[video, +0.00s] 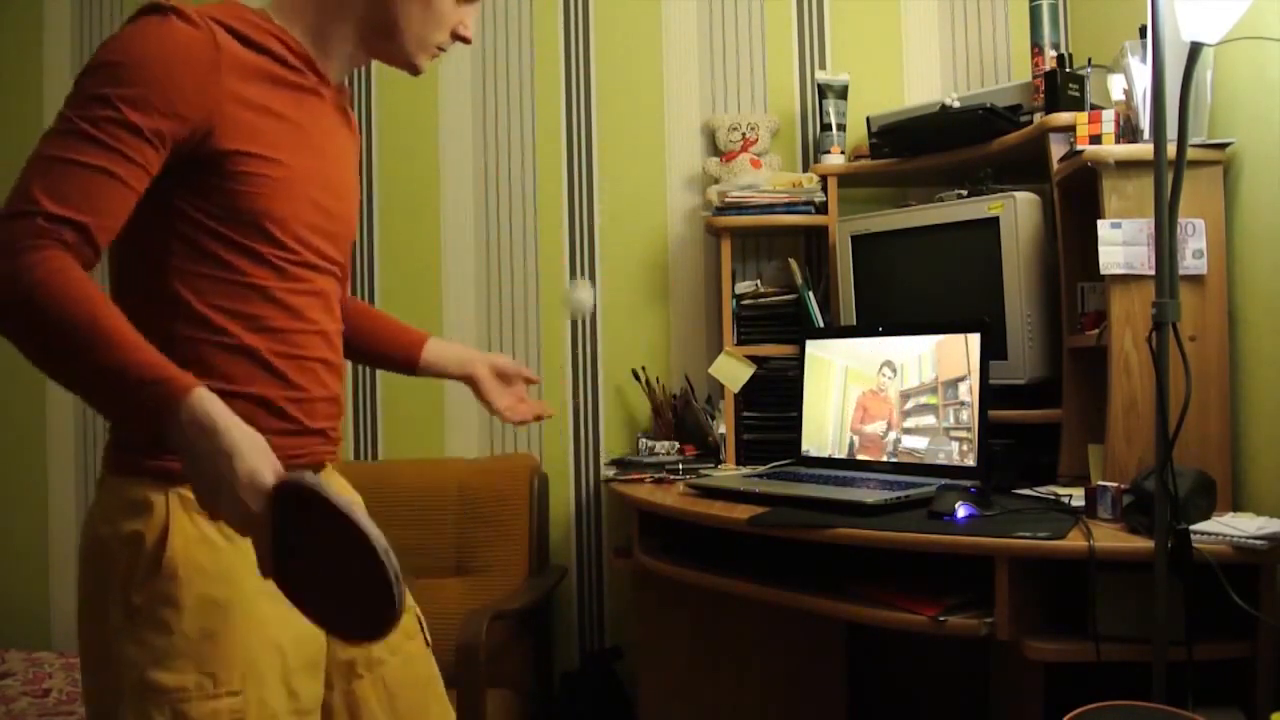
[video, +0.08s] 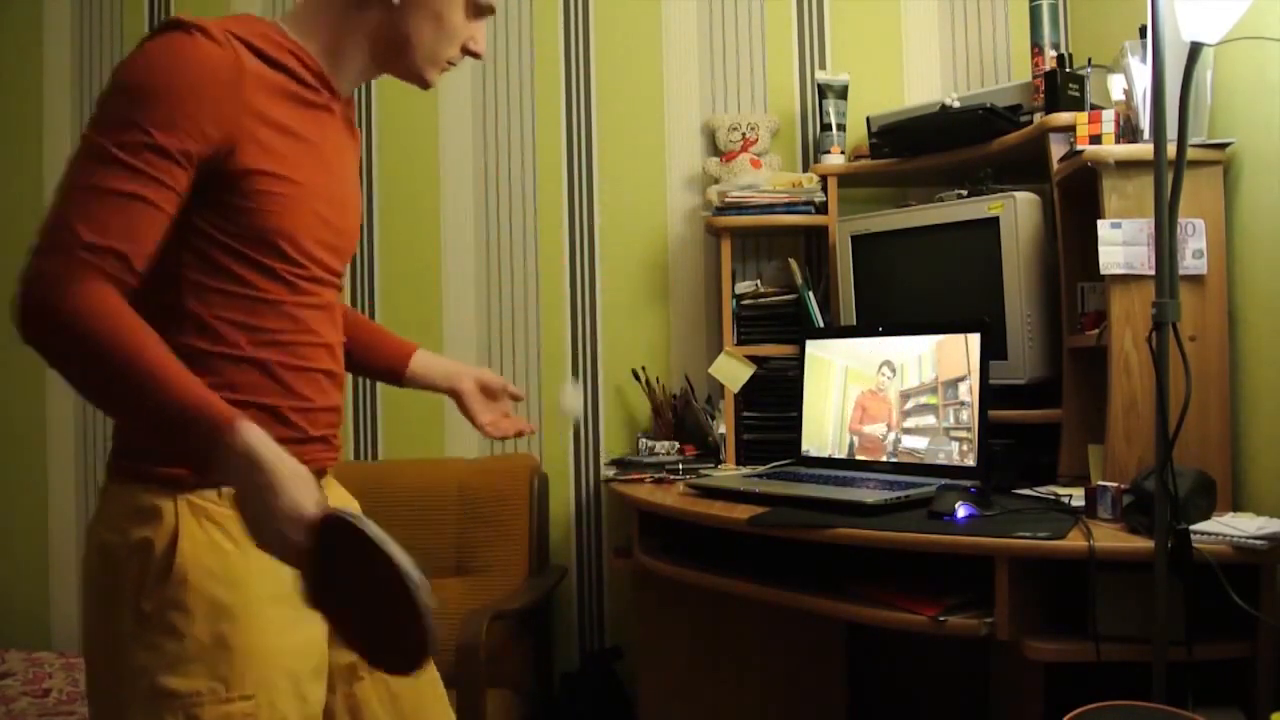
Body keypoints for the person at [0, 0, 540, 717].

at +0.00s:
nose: (468, 27)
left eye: (476, 6)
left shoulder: (333, 111)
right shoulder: (182, 47)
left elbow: (311, 306)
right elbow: (26, 256)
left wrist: (466, 361)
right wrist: (191, 416)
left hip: (321, 524)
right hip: (189, 533)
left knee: (416, 707)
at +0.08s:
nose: (479, 43)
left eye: (486, 18)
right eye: (475, 8)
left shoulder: (336, 114)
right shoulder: (199, 64)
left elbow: (301, 310)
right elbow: (61, 292)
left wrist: (448, 373)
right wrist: (249, 455)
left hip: (316, 522)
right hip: (194, 531)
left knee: (417, 712)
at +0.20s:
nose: (493, 59)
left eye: (503, 36)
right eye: (493, 26)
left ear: (417, 7)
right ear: (419, 1)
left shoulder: (334, 104)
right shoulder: (254, 87)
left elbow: (316, 322)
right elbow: (256, 347)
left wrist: (448, 377)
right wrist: (447, 452)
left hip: (323, 510)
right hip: (232, 520)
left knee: (415, 712)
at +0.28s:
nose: (497, 56)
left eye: (507, 33)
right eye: (498, 23)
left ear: (427, 5)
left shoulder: (331, 92)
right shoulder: (281, 89)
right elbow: (341, 334)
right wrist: (537, 392)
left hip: (333, 514)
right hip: (246, 526)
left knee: (418, 712)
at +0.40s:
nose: (513, 51)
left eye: (523, 27)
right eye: (514, 17)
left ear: (446, 2)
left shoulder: (349, 78)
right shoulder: (319, 74)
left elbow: (340, 300)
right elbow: (456, 287)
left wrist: (479, 318)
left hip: (346, 495)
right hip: (267, 503)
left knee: (413, 712)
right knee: (282, 710)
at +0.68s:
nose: (503, 39)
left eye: (512, 15)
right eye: (503, 5)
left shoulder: (347, 73)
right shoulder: (288, 59)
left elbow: (389, 272)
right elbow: (405, 282)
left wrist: (516, 254)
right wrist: (530, 242)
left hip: (340, 497)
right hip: (251, 505)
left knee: (389, 707)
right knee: (252, 707)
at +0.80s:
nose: (471, 31)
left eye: (479, 10)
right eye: (469, 0)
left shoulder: (312, 75)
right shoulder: (229, 56)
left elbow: (324, 288)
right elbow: (328, 297)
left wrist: (464, 275)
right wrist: (470, 267)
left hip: (311, 515)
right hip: (206, 528)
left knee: (378, 711)